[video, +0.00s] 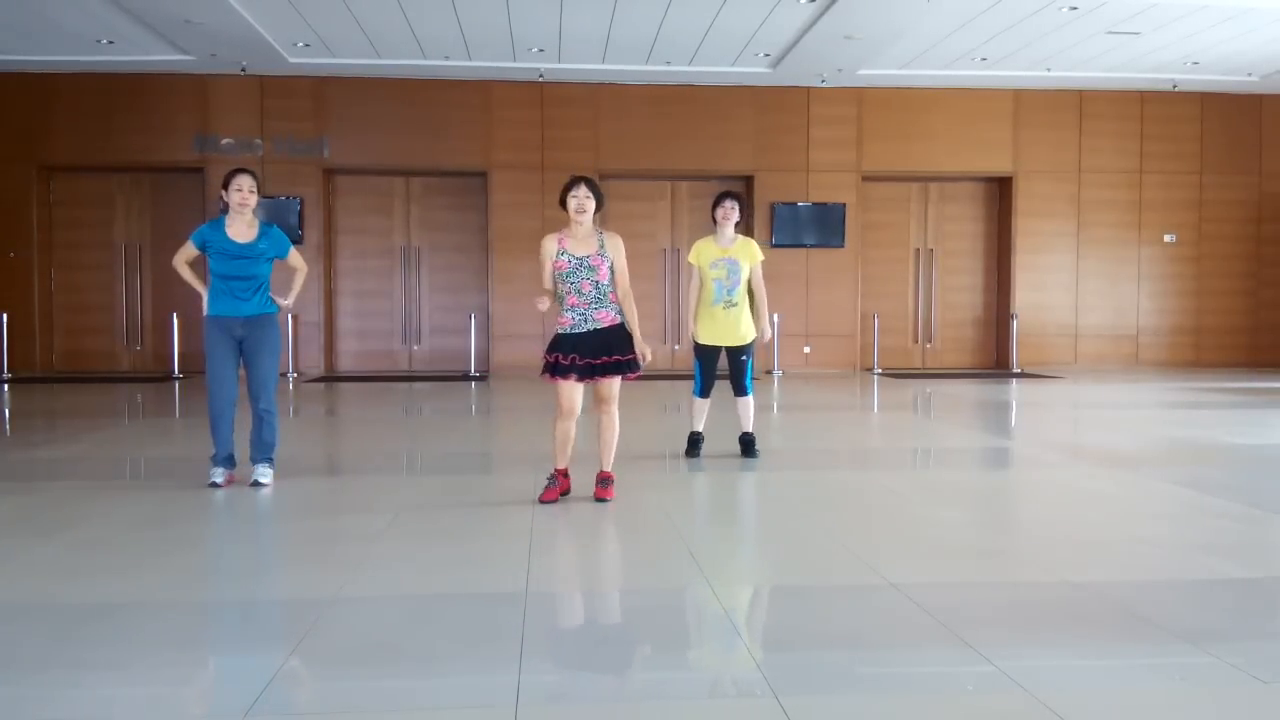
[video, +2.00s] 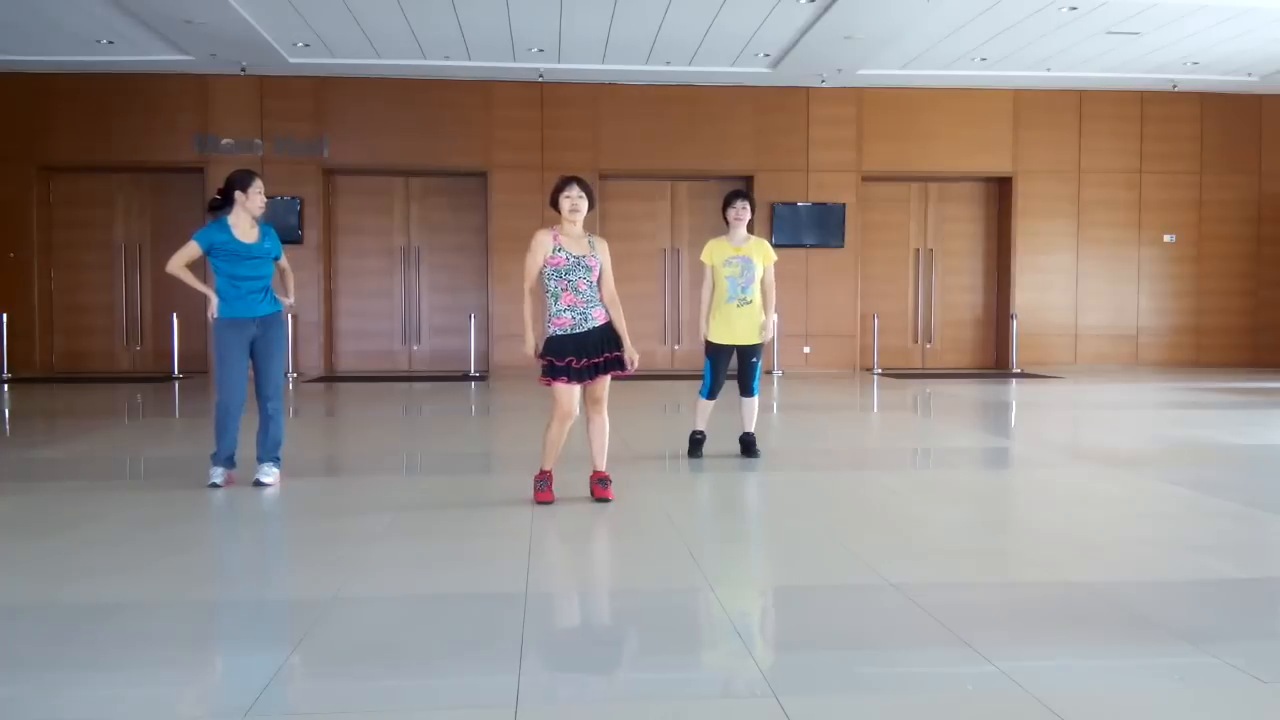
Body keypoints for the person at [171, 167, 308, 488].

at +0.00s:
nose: (245, 195)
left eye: (251, 191)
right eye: (238, 190)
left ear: (258, 197)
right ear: (225, 195)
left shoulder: (271, 234)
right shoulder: (210, 231)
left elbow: (301, 267)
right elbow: (178, 261)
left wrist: (289, 299)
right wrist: (203, 291)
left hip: (262, 322)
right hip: (219, 323)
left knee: (263, 397)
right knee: (221, 396)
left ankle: (263, 463)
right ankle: (222, 464)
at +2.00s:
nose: (264, 200)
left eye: (264, 194)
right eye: (258, 194)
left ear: (254, 198)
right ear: (239, 197)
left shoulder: (269, 234)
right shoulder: (214, 233)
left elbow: (285, 270)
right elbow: (174, 265)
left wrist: (290, 297)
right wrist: (208, 292)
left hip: (270, 322)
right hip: (231, 323)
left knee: (271, 396)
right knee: (230, 397)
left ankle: (269, 463)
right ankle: (222, 464)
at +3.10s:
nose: (241, 201)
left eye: (241, 196)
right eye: (236, 195)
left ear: (231, 199)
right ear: (216, 197)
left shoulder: (245, 238)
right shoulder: (192, 233)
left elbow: (257, 284)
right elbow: (149, 264)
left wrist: (274, 325)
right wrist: (185, 291)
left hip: (244, 324)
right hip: (204, 325)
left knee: (248, 395)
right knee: (209, 398)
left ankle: (247, 462)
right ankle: (215, 465)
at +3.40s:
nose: (246, 197)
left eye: (247, 191)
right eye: (240, 191)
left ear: (243, 195)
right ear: (219, 194)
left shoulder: (256, 234)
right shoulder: (197, 231)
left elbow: (272, 279)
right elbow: (159, 262)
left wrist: (284, 321)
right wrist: (192, 289)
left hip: (251, 321)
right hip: (211, 322)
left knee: (250, 397)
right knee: (214, 396)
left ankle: (250, 462)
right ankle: (215, 465)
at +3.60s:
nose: (247, 199)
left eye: (248, 193)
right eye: (240, 194)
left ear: (248, 196)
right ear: (221, 197)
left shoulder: (259, 234)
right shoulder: (200, 235)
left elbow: (275, 280)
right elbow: (166, 266)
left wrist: (292, 320)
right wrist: (197, 292)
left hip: (257, 324)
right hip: (218, 325)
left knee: (254, 397)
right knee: (219, 395)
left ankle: (250, 462)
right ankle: (219, 464)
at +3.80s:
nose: (245, 203)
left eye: (247, 198)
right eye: (238, 197)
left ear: (248, 201)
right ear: (218, 198)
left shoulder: (259, 236)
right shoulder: (199, 236)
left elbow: (274, 279)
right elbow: (170, 270)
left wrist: (295, 317)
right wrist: (200, 293)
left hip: (260, 323)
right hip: (219, 325)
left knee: (255, 395)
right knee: (215, 394)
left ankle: (250, 462)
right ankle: (219, 464)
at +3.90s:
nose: (242, 204)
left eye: (245, 198)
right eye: (236, 197)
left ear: (247, 200)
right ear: (216, 198)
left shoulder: (257, 235)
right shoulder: (196, 237)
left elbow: (274, 277)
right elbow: (171, 270)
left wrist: (299, 314)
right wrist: (200, 294)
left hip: (259, 324)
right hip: (218, 326)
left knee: (254, 395)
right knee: (208, 392)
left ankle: (250, 463)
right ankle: (208, 464)